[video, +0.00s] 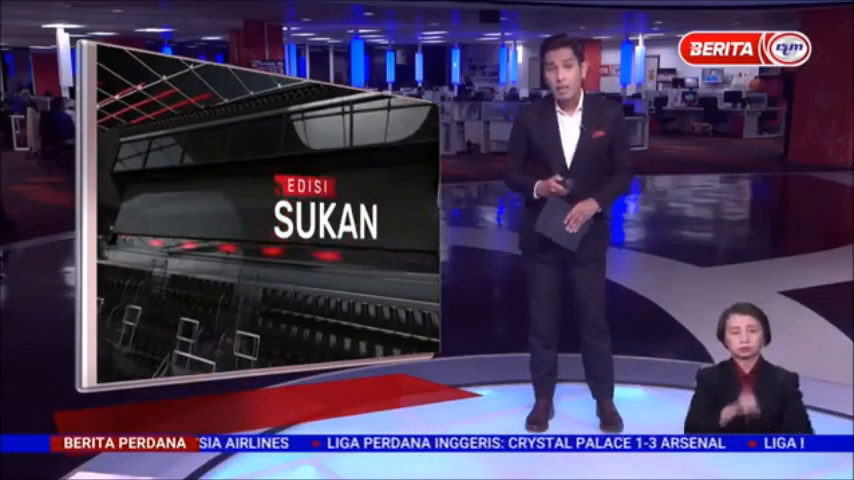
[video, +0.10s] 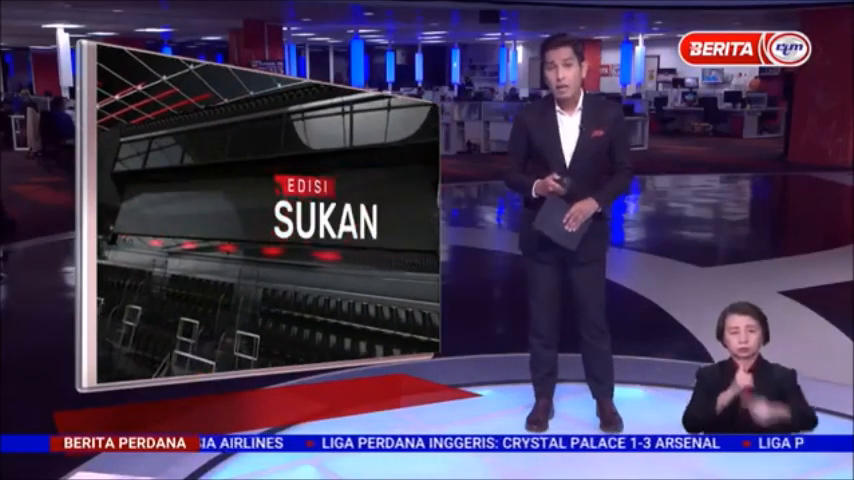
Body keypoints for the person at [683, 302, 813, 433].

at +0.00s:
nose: (744, 338)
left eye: (753, 331)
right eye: (735, 332)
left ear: (764, 337)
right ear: (724, 339)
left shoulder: (785, 381)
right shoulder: (709, 378)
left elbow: (802, 435)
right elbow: (692, 430)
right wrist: (730, 412)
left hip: (772, 463)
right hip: (721, 462)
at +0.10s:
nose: (743, 339)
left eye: (751, 331)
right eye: (734, 332)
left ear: (763, 336)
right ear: (724, 340)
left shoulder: (783, 377)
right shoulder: (710, 376)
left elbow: (809, 419)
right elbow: (691, 423)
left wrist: (775, 411)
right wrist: (732, 392)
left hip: (772, 463)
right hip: (720, 462)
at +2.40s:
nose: (747, 339)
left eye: (755, 331)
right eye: (738, 332)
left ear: (767, 336)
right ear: (727, 338)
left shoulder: (785, 378)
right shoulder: (712, 376)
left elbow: (800, 427)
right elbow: (696, 428)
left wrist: (758, 402)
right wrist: (725, 406)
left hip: (772, 459)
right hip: (721, 459)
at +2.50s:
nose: (746, 339)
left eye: (754, 331)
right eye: (737, 332)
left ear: (767, 336)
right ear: (727, 338)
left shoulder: (785, 379)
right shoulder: (712, 375)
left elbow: (801, 429)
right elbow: (694, 424)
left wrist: (761, 420)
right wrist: (724, 392)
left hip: (769, 461)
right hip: (719, 459)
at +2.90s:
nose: (747, 340)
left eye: (755, 332)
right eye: (738, 333)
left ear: (768, 337)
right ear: (728, 339)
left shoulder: (787, 381)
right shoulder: (712, 374)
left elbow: (797, 434)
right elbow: (685, 419)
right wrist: (711, 392)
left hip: (770, 465)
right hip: (718, 463)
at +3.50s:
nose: (742, 344)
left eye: (750, 336)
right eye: (734, 336)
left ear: (763, 339)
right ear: (723, 339)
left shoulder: (784, 379)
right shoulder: (706, 377)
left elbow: (813, 430)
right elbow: (677, 431)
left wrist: (783, 412)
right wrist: (707, 405)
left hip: (773, 465)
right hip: (718, 464)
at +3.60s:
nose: (740, 346)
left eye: (748, 337)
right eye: (732, 337)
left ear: (761, 340)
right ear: (721, 340)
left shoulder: (782, 379)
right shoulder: (704, 378)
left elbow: (812, 429)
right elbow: (678, 434)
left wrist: (778, 417)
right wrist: (707, 409)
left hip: (771, 465)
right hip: (714, 465)